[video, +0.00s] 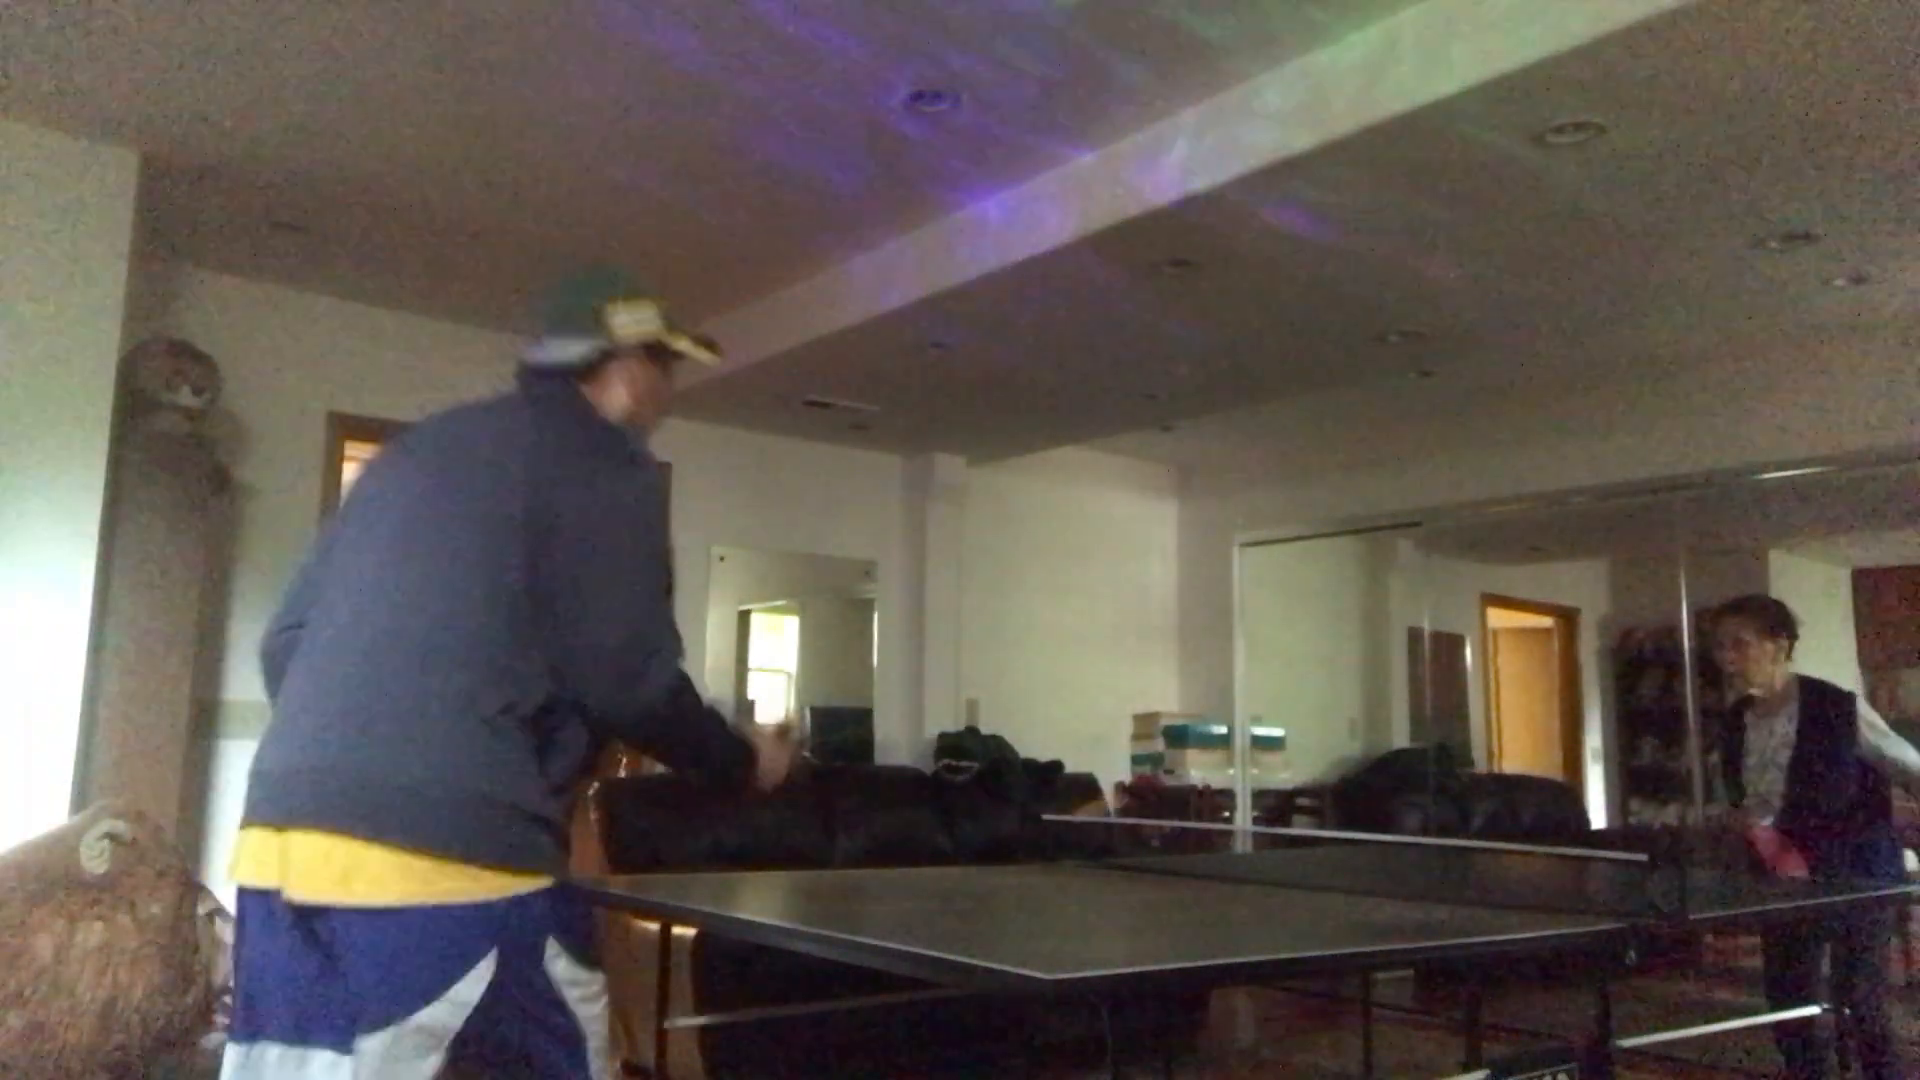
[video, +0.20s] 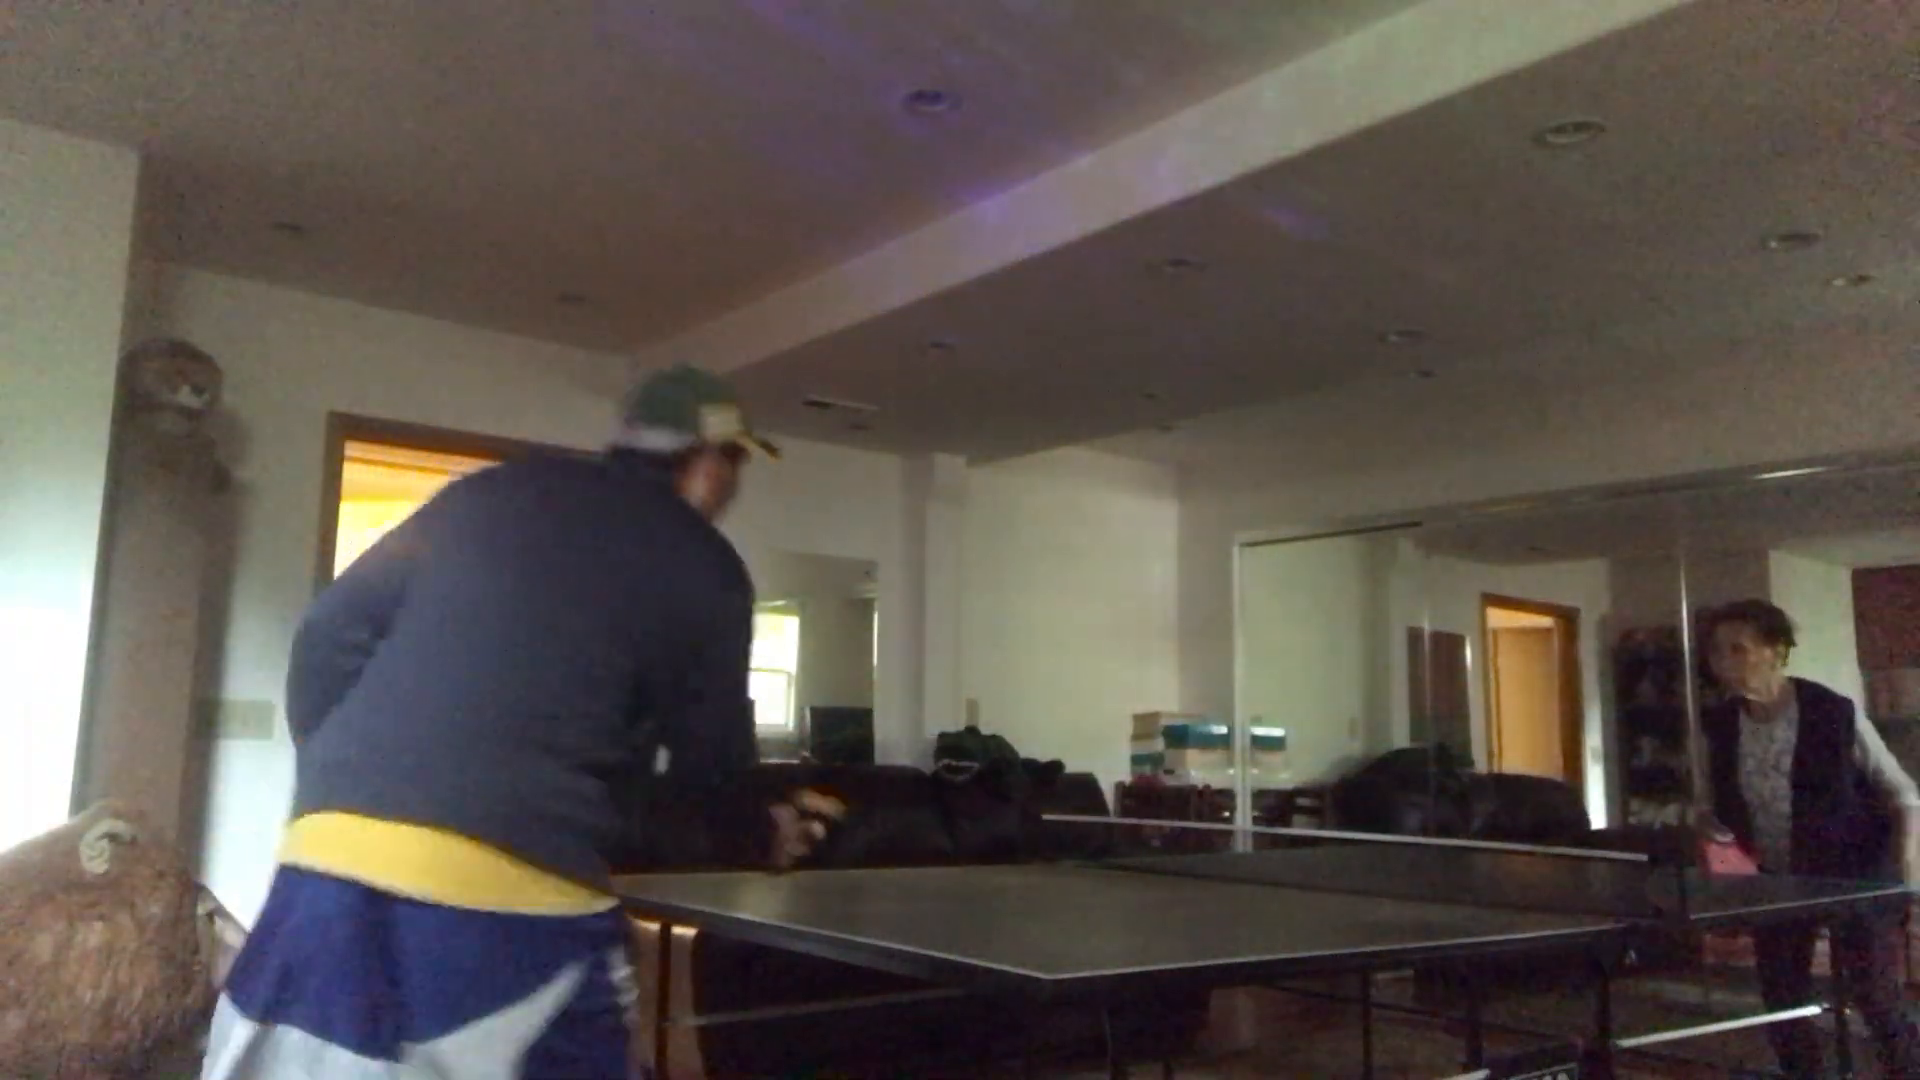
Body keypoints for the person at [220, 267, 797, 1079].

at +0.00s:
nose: (668, 396)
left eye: (670, 374)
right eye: (664, 371)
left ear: (546, 359)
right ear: (624, 366)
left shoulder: (413, 447)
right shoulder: (607, 465)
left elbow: (288, 635)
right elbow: (625, 681)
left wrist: (359, 767)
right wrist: (744, 759)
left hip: (280, 855)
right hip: (452, 865)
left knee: (283, 1065)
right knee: (564, 1059)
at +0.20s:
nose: (734, 490)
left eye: (738, 468)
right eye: (735, 467)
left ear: (622, 443)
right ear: (705, 460)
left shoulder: (486, 487)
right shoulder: (705, 567)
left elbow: (326, 633)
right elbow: (713, 769)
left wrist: (342, 784)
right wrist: (762, 829)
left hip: (328, 864)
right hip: (515, 894)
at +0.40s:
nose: (791, 499)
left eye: (796, 479)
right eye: (792, 478)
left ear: (689, 445)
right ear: (764, 470)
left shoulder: (583, 449)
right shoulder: (767, 563)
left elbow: (456, 443)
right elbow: (725, 704)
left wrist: (305, 588)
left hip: (425, 795)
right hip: (594, 830)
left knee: (370, 1064)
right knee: (625, 1064)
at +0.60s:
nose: (802, 452)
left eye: (806, 434)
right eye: (802, 433)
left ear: (695, 404)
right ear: (770, 428)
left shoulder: (579, 439)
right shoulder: (786, 522)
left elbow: (447, 530)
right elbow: (736, 663)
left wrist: (328, 660)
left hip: (454, 793)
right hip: (613, 832)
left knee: (423, 1052)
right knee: (625, 1065)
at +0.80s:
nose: (751, 438)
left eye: (753, 419)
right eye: (745, 418)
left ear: (642, 412)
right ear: (706, 421)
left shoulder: (523, 477)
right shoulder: (728, 517)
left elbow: (413, 631)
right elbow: (745, 694)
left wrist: (387, 798)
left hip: (443, 817)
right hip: (602, 835)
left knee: (417, 1058)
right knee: (615, 1062)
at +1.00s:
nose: (681, 427)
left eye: (678, 408)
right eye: (672, 408)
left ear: (572, 416)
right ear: (632, 416)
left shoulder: (472, 495)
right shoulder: (624, 502)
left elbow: (386, 664)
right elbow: (626, 678)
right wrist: (720, 740)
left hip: (376, 843)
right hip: (511, 855)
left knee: (387, 1066)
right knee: (550, 1064)